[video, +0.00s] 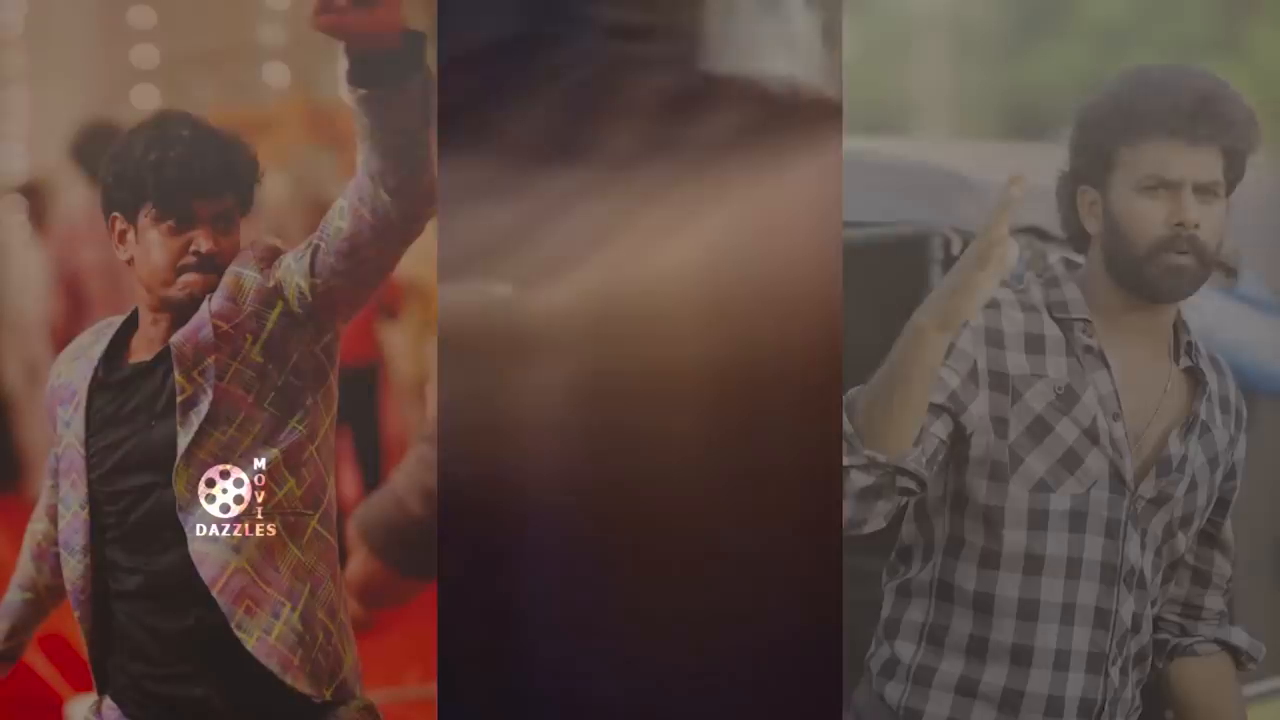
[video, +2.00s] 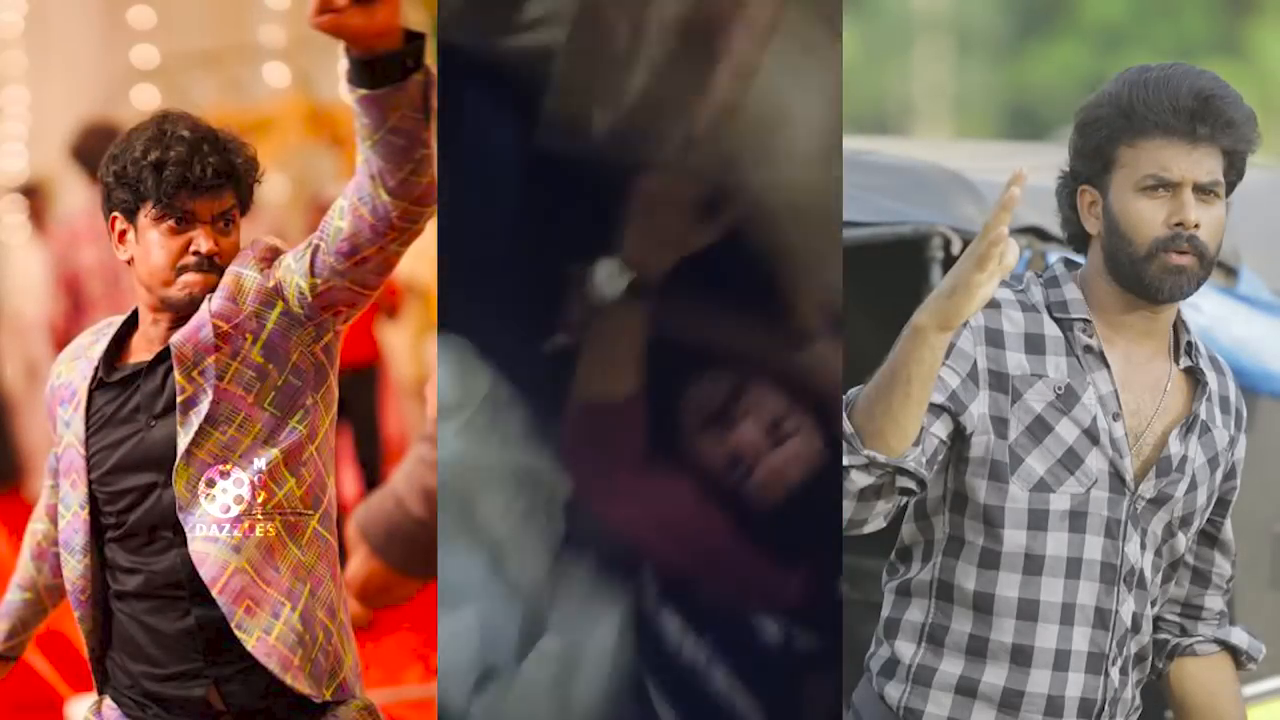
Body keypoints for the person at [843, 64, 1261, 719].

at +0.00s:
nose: (1187, 218)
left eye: (1207, 194)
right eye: (1156, 190)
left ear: (1228, 210)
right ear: (1091, 208)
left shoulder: (1219, 400)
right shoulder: (987, 323)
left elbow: (1192, 616)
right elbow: (853, 508)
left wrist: (1225, 709)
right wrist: (937, 316)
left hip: (1107, 709)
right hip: (939, 701)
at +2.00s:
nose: (1187, 217)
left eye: (1207, 194)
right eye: (1157, 190)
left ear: (1227, 208)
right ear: (1092, 208)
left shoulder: (1219, 397)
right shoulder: (984, 329)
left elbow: (1193, 617)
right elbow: (854, 506)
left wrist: (1226, 711)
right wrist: (932, 326)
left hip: (1106, 709)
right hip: (936, 702)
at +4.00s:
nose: (1187, 217)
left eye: (1207, 194)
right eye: (1157, 190)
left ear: (1227, 208)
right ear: (1092, 207)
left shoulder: (1219, 398)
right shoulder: (984, 329)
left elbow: (1193, 617)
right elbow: (851, 507)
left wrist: (1225, 711)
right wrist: (931, 327)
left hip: (1105, 709)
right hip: (934, 702)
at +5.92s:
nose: (1187, 217)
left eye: (1207, 194)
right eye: (1157, 190)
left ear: (1227, 208)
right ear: (1092, 207)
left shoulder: (1219, 398)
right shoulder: (983, 328)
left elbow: (1193, 617)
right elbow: (853, 506)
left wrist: (1225, 711)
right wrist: (931, 327)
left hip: (1105, 709)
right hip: (935, 702)